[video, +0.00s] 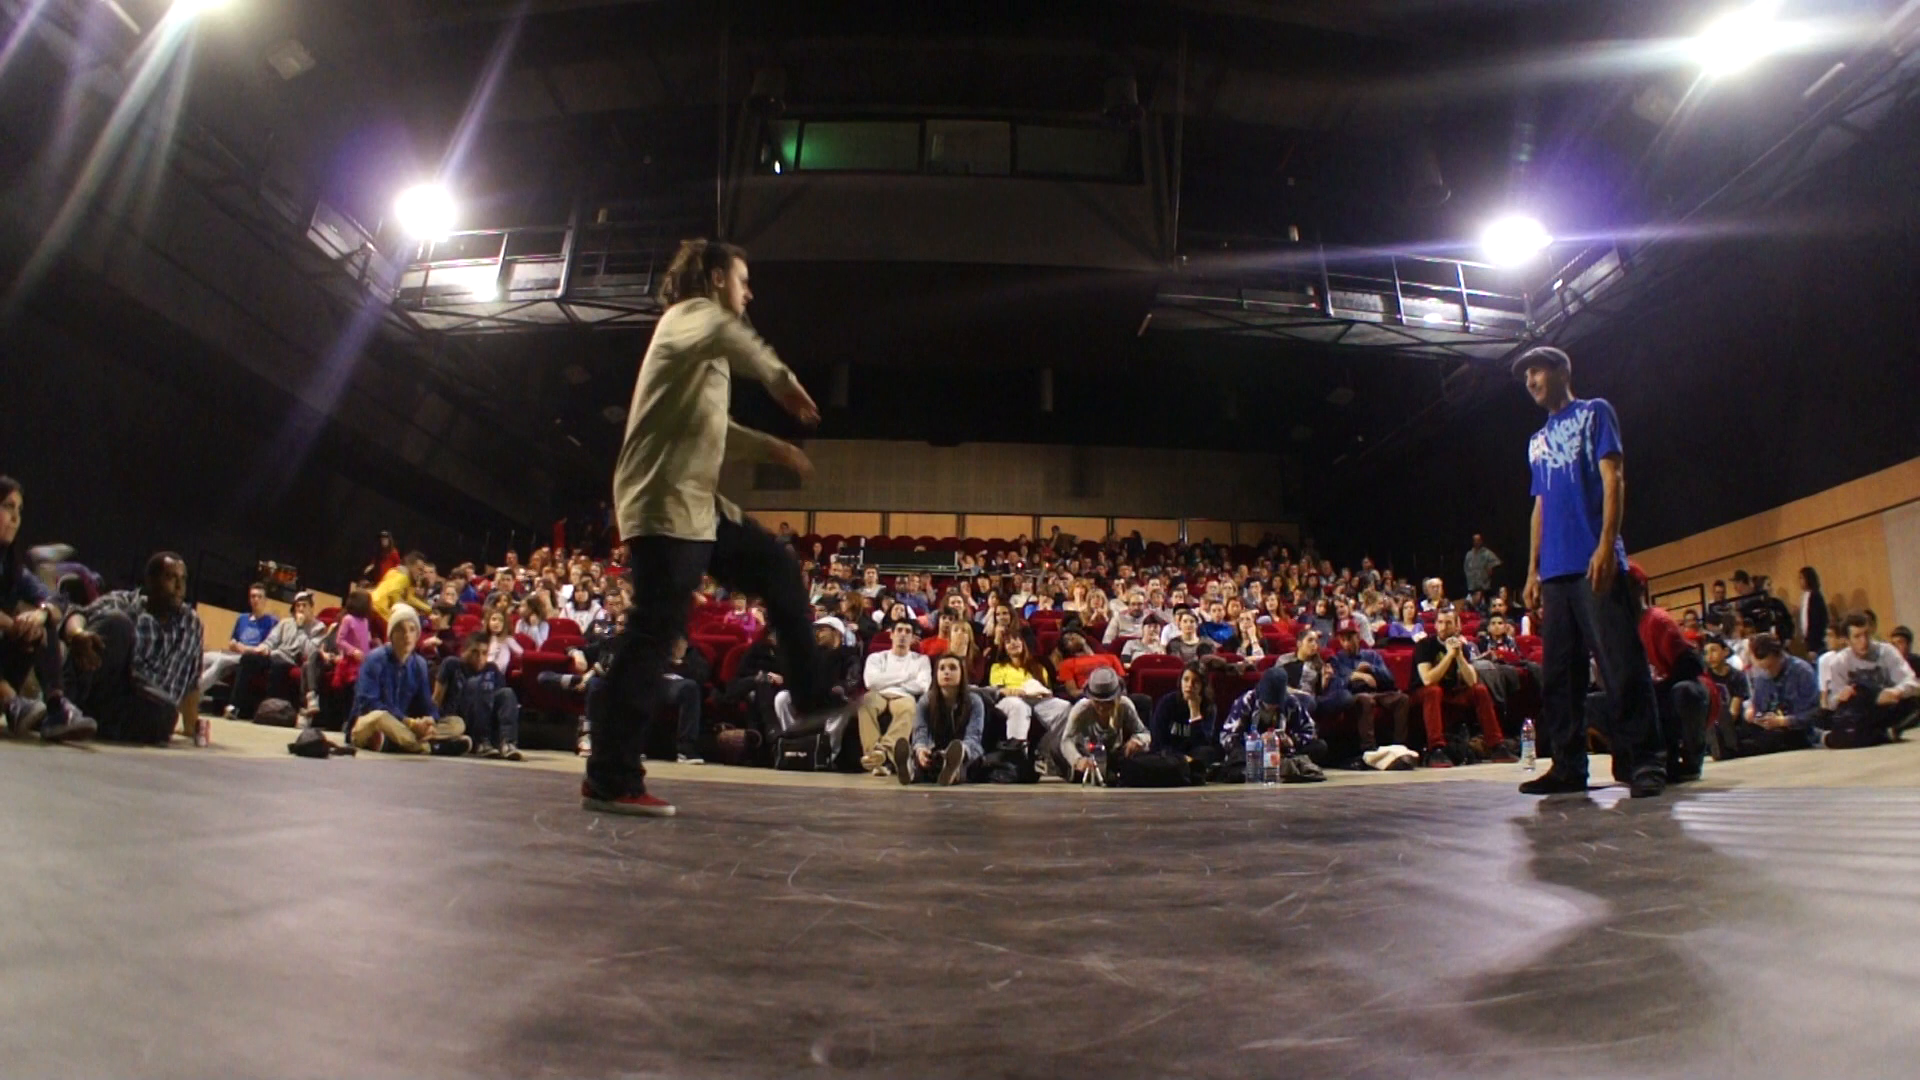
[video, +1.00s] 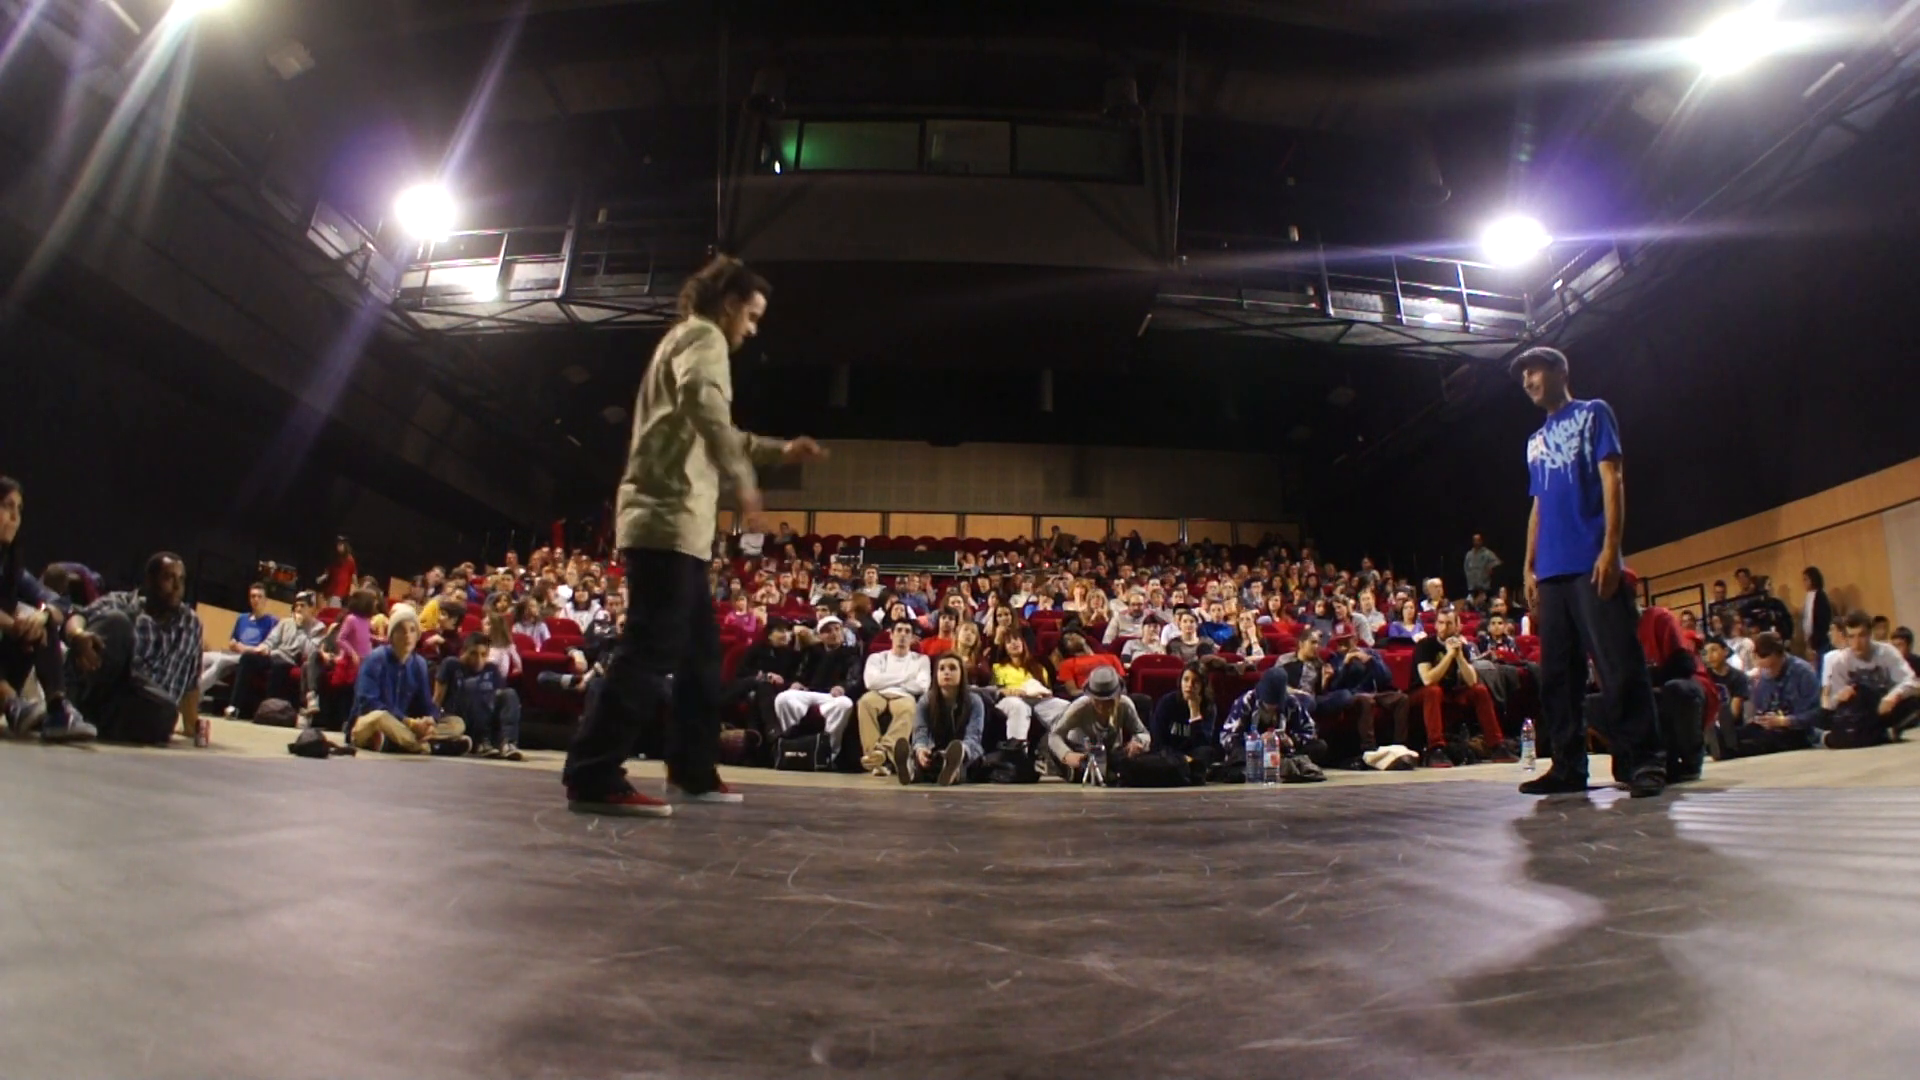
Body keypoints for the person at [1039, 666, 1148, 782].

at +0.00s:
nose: (1102, 707)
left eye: (1108, 702)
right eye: (1097, 703)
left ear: (1117, 696)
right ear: (1090, 697)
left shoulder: (1125, 705)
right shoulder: (1080, 708)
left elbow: (1144, 733)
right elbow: (1066, 741)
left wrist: (1137, 741)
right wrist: (1078, 761)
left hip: (1115, 754)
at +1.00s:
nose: (1101, 706)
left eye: (1107, 702)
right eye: (1097, 701)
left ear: (1117, 696)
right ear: (1090, 695)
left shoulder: (1125, 704)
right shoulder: (1079, 707)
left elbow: (1143, 734)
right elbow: (1054, 735)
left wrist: (1138, 743)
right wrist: (1067, 755)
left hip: (1112, 754)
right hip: (1082, 755)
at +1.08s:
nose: (1102, 705)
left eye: (1108, 700)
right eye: (1097, 700)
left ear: (1117, 694)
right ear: (1091, 694)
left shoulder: (1125, 704)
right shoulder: (1081, 704)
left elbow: (1142, 734)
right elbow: (1048, 733)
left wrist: (1138, 742)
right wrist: (1063, 748)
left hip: (1114, 755)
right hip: (1085, 756)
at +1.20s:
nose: (1102, 701)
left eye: (1107, 696)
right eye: (1097, 696)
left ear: (1116, 691)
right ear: (1090, 691)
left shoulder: (1124, 702)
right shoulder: (1080, 702)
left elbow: (1142, 734)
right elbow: (1042, 727)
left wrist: (1137, 742)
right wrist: (1061, 735)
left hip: (1112, 757)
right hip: (1081, 757)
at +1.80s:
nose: (1096, 689)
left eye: (1101, 684)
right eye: (1091, 684)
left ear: (1109, 680)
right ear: (1085, 682)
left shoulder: (1118, 696)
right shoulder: (1071, 697)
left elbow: (1129, 727)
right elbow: (1056, 729)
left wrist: (1137, 734)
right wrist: (1061, 733)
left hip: (1111, 750)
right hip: (1080, 750)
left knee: (1137, 747)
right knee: (1056, 743)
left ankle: (1082, 772)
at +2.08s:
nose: (1095, 690)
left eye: (1099, 684)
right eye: (1089, 685)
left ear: (1107, 680)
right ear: (1083, 683)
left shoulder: (1118, 696)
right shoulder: (1071, 697)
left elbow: (1131, 727)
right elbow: (1056, 730)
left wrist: (1134, 740)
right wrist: (1062, 735)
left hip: (1112, 753)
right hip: (1080, 754)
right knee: (1058, 750)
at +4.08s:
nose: (1094, 687)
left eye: (1099, 681)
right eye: (1089, 682)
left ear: (1108, 678)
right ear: (1083, 679)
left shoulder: (1117, 696)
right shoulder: (1069, 698)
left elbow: (1132, 729)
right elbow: (1052, 735)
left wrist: (1129, 741)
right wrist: (1063, 734)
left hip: (1109, 753)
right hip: (1078, 755)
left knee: (1140, 748)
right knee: (1055, 747)